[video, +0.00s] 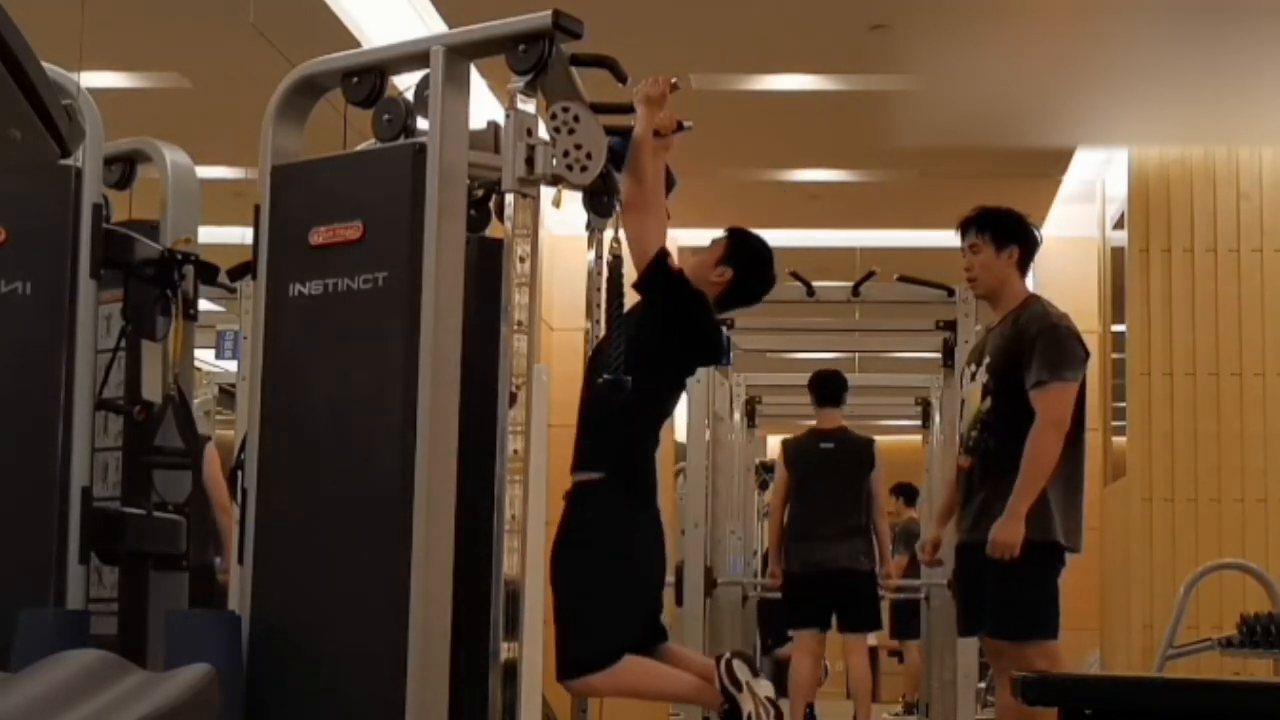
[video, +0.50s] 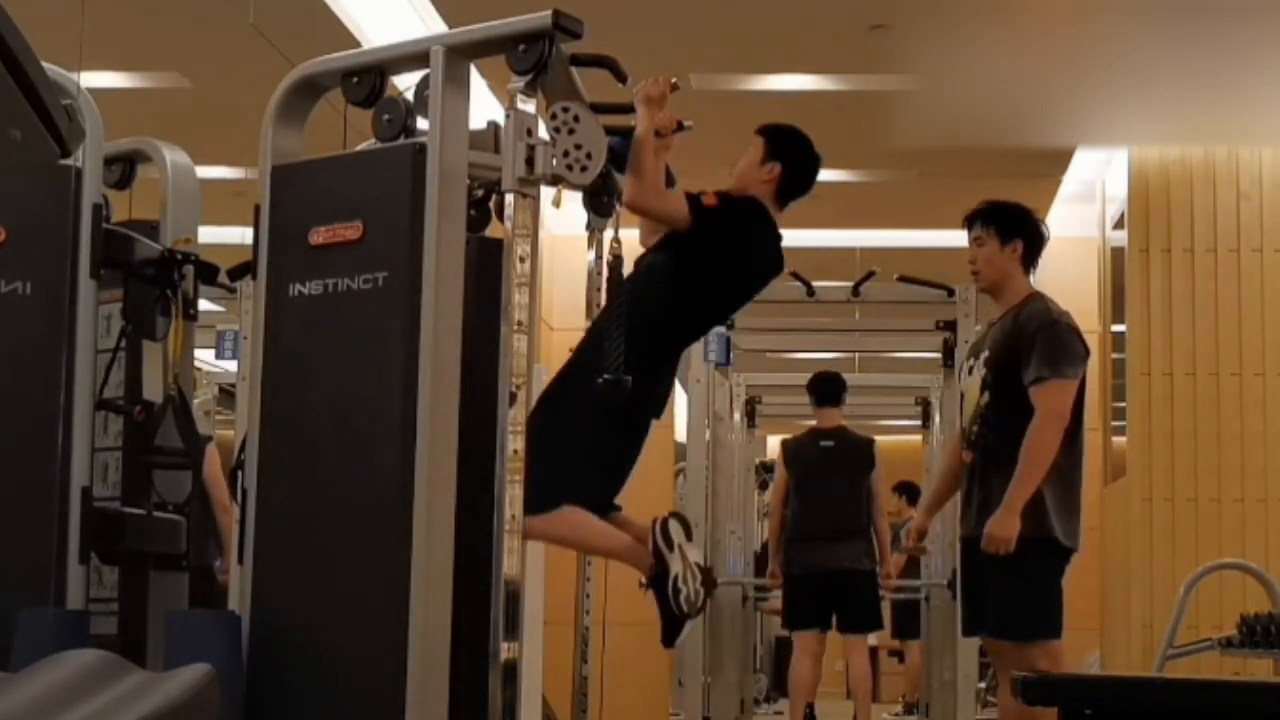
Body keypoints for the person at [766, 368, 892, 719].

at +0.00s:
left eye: (815, 396)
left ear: (811, 399)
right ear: (845, 398)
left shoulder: (791, 448)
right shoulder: (866, 447)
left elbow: (777, 508)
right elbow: (879, 510)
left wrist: (773, 558)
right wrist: (887, 559)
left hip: (806, 566)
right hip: (853, 565)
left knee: (805, 649)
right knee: (857, 650)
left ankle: (796, 715)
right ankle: (863, 714)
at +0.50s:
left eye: (814, 398)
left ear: (811, 400)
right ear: (844, 399)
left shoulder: (790, 448)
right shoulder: (866, 447)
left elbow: (776, 508)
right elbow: (879, 511)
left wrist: (773, 558)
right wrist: (886, 560)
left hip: (805, 566)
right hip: (854, 564)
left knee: (805, 648)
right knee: (857, 649)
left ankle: (798, 716)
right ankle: (863, 715)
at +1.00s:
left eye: (817, 420)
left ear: (812, 425)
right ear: (845, 425)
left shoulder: (791, 469)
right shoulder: (866, 469)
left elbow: (777, 529)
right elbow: (878, 532)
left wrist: (773, 578)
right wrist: (887, 583)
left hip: (806, 573)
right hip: (855, 572)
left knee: (802, 649)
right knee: (862, 649)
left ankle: (797, 715)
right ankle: (864, 715)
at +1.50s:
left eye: (817, 467)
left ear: (814, 471)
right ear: (847, 471)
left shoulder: (794, 509)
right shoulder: (868, 508)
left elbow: (780, 570)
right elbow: (881, 571)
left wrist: (781, 622)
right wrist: (887, 625)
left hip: (806, 587)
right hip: (858, 586)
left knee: (800, 653)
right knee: (866, 653)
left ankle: (796, 716)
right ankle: (865, 715)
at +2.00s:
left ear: (815, 487)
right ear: (847, 486)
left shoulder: (795, 522)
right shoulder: (868, 521)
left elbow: (781, 584)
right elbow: (882, 582)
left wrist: (776, 640)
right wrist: (886, 638)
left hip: (807, 590)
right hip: (859, 588)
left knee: (797, 653)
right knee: (867, 654)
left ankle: (797, 714)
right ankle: (865, 715)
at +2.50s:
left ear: (817, 409)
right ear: (850, 409)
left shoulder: (794, 457)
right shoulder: (870, 457)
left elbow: (778, 518)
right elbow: (883, 519)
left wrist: (774, 569)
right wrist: (890, 571)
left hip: (807, 566)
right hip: (857, 566)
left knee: (804, 647)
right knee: (860, 647)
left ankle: (797, 715)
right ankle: (864, 714)